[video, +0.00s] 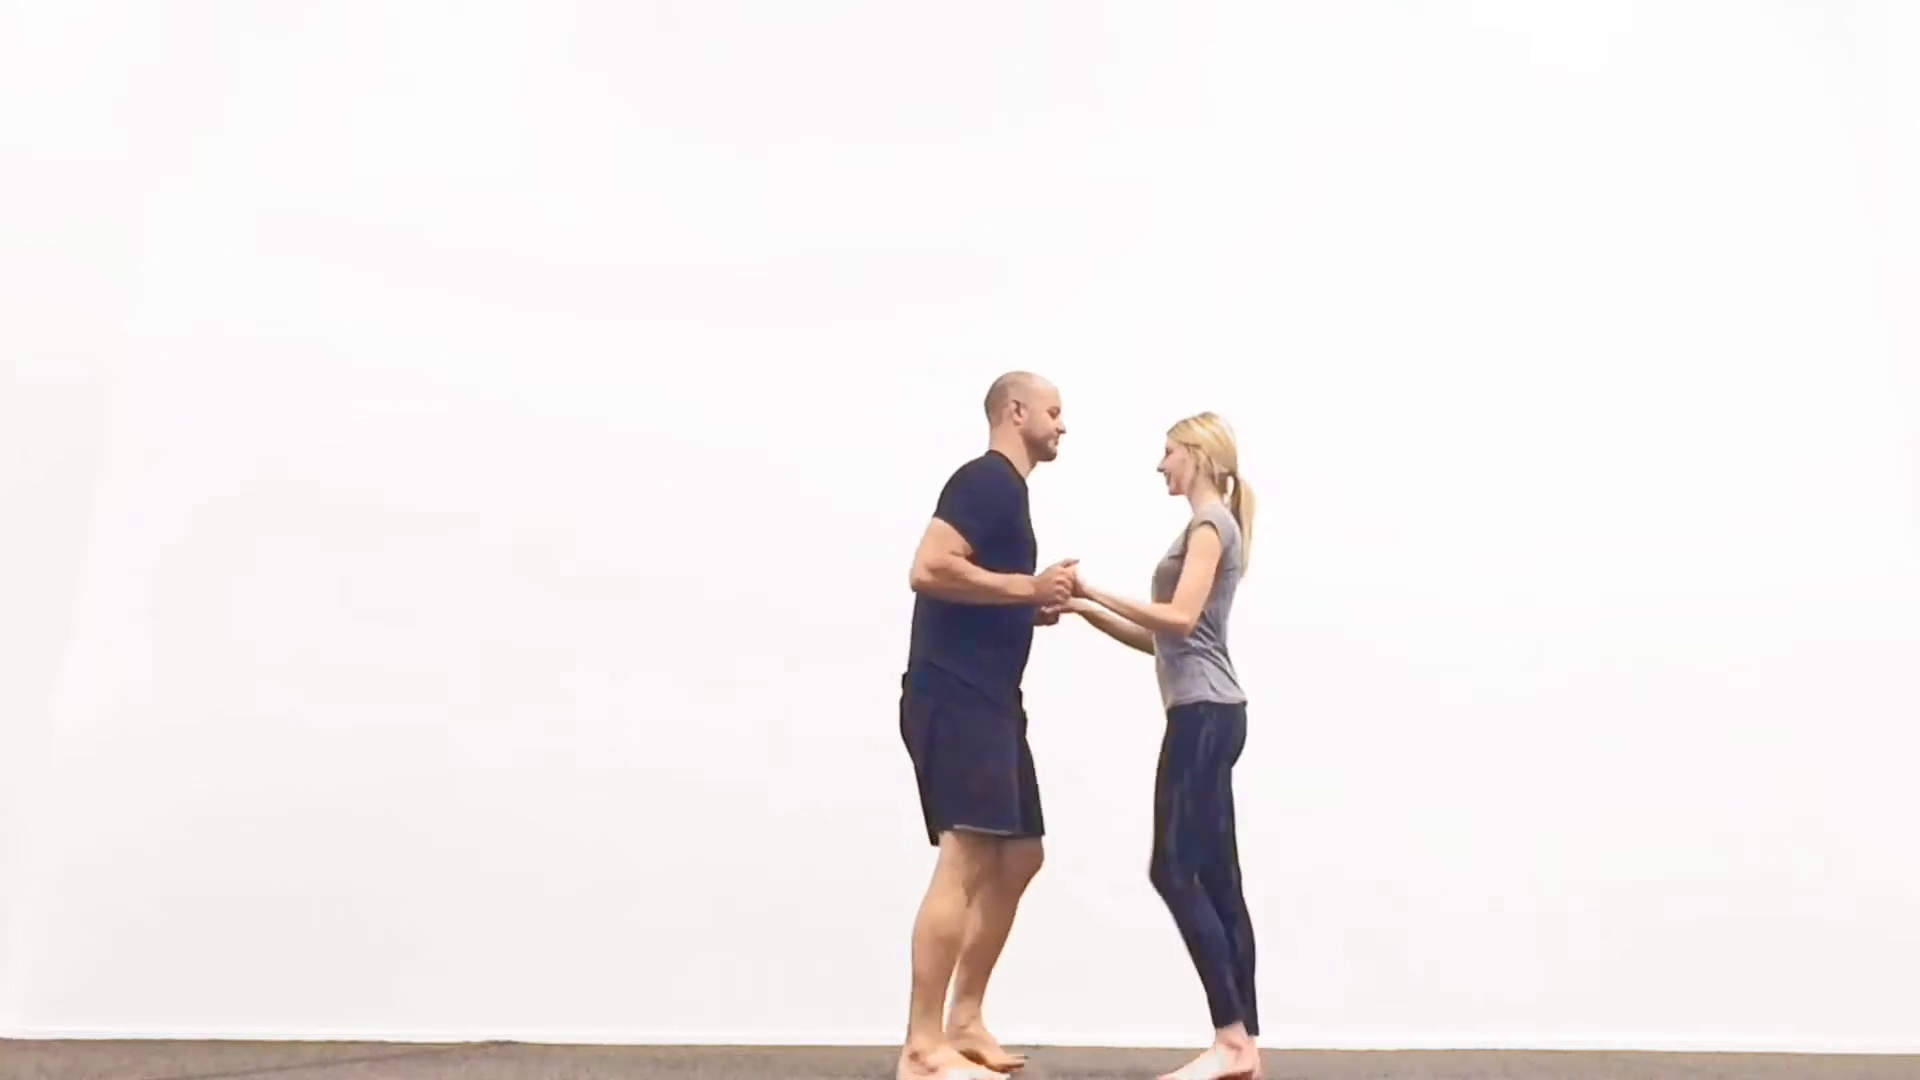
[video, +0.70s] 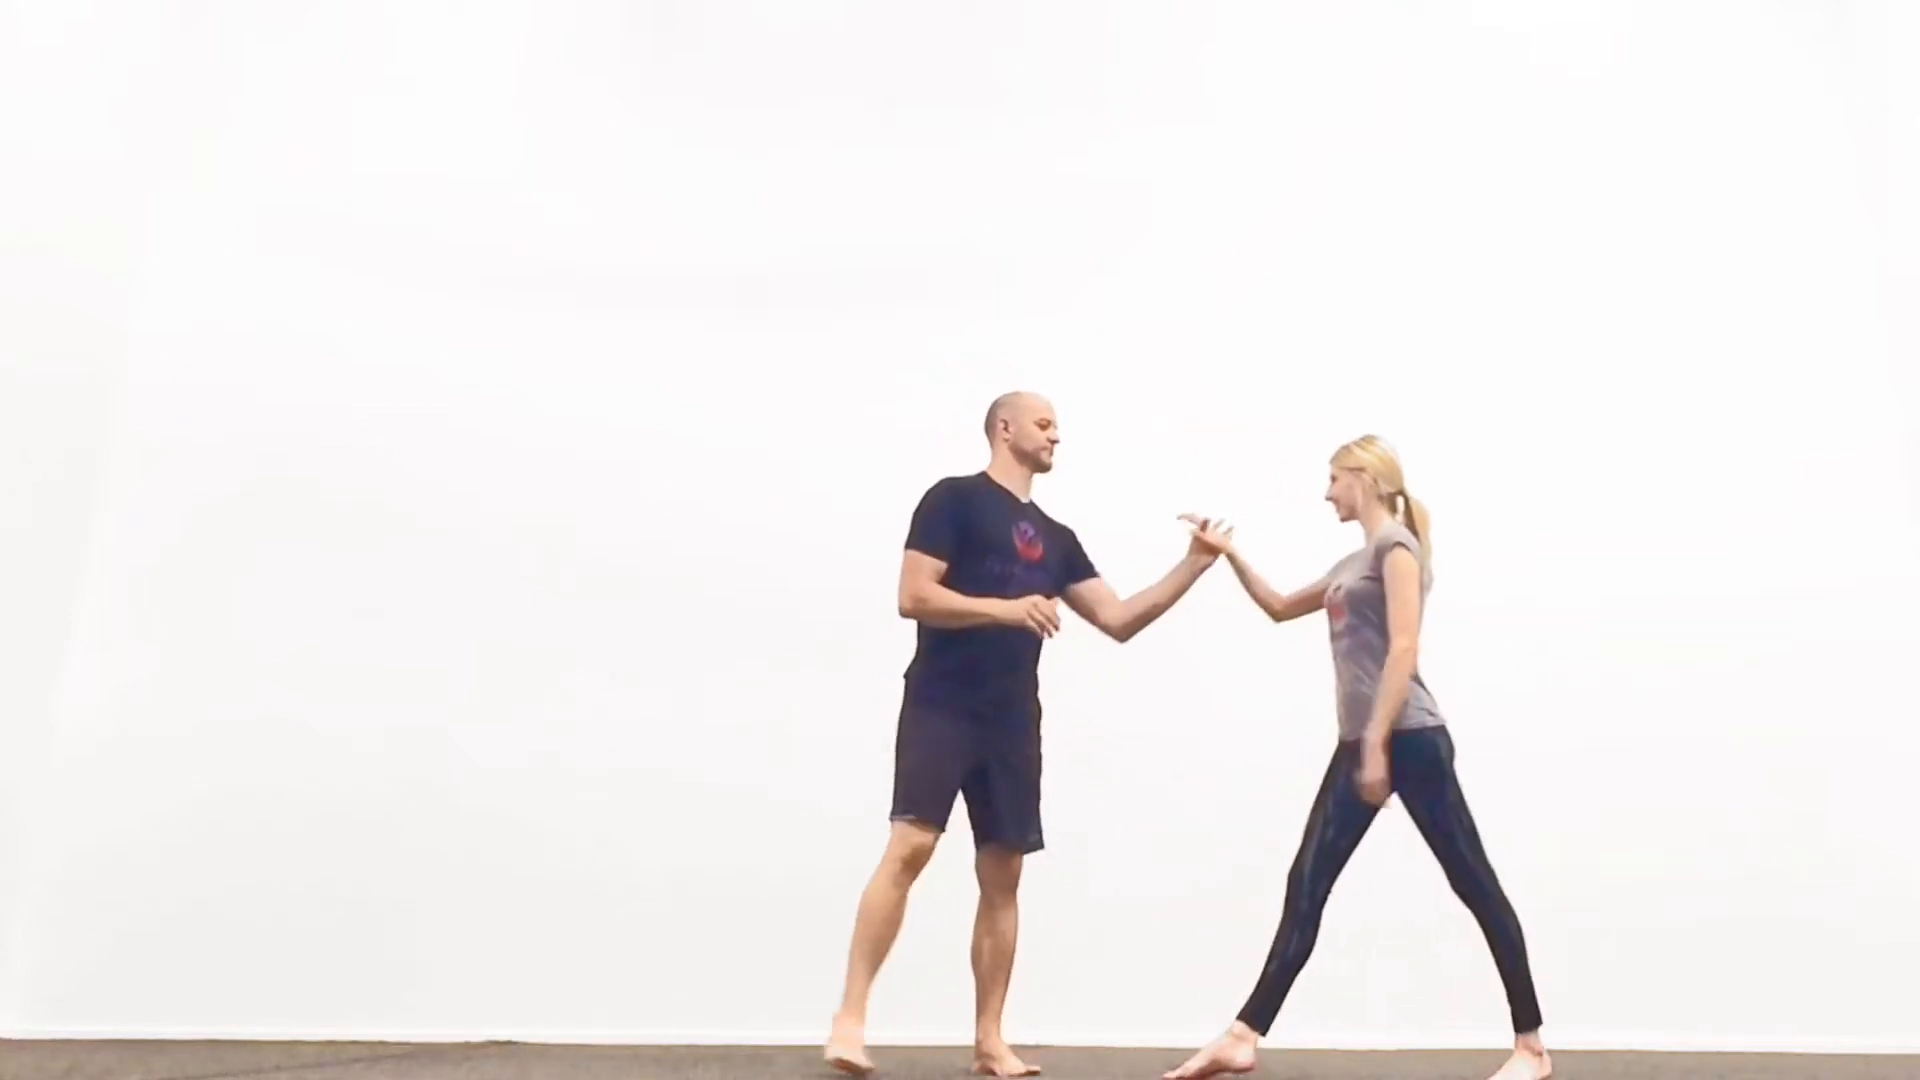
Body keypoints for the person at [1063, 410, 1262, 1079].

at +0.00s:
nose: (1160, 463)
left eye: (1168, 451)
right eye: (1163, 452)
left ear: (1196, 455)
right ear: (1205, 459)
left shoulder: (1209, 522)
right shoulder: (1210, 530)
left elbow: (1183, 617)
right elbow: (1161, 641)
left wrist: (1095, 593)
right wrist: (1086, 607)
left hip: (1203, 710)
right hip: (1209, 709)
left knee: (1172, 869)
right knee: (1218, 874)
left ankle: (1232, 1039)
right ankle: (1243, 1039)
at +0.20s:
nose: (1188, 473)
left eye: (1195, 461)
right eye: (1191, 462)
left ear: (1223, 465)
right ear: (1227, 468)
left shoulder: (1243, 531)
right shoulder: (1237, 542)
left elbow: (1224, 624)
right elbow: (1191, 655)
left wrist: (1131, 620)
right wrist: (1109, 633)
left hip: (1246, 726)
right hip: (1245, 725)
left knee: (1153, 859)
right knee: (1245, 890)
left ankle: (1277, 966)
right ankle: (1243, 1049)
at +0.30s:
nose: (1214, 476)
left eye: (1222, 465)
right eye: (1216, 465)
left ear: (1250, 470)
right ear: (1258, 473)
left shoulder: (1266, 535)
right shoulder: (1263, 545)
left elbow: (1246, 627)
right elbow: (1207, 656)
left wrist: (1155, 629)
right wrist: (1141, 630)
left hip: (1267, 729)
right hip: (1263, 729)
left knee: (1215, 884)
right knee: (1254, 890)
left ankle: (1358, 961)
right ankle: (1246, 1049)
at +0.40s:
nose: (1244, 478)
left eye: (1252, 466)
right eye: (1246, 466)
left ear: (1280, 470)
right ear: (1283, 471)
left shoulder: (1299, 536)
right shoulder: (1286, 544)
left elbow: (1275, 629)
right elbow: (1223, 639)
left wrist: (1192, 639)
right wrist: (1156, 606)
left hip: (1296, 732)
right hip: (1275, 733)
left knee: (1309, 894)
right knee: (1262, 889)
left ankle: (1442, 996)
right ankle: (1247, 1048)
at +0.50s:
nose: (1275, 480)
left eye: (1281, 468)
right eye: (1277, 469)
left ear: (1309, 471)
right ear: (1312, 473)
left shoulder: (1331, 538)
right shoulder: (1311, 550)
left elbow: (1321, 632)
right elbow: (1244, 626)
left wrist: (1240, 669)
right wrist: (1176, 587)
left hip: (1341, 730)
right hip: (1306, 735)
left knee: (1395, 884)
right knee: (1273, 883)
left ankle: (1499, 1021)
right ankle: (1247, 1047)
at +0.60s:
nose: (1305, 486)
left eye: (1311, 474)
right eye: (1306, 475)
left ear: (1339, 476)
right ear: (1346, 478)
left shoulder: (1365, 543)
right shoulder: (1340, 556)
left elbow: (1371, 642)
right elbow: (1264, 617)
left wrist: (1303, 712)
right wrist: (1203, 568)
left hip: (1381, 733)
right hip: (1342, 738)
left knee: (1449, 881)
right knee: (1290, 883)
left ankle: (1524, 1035)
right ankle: (1246, 1043)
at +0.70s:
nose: (1329, 489)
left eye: (1336, 478)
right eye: (1330, 479)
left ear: (1365, 481)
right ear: (1365, 483)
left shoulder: (1396, 548)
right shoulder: (1355, 561)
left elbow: (1404, 650)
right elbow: (1280, 607)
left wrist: (1374, 742)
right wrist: (1227, 550)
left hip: (1411, 736)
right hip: (1358, 741)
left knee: (1475, 883)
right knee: (1306, 886)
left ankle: (1531, 1045)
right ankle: (1243, 1037)